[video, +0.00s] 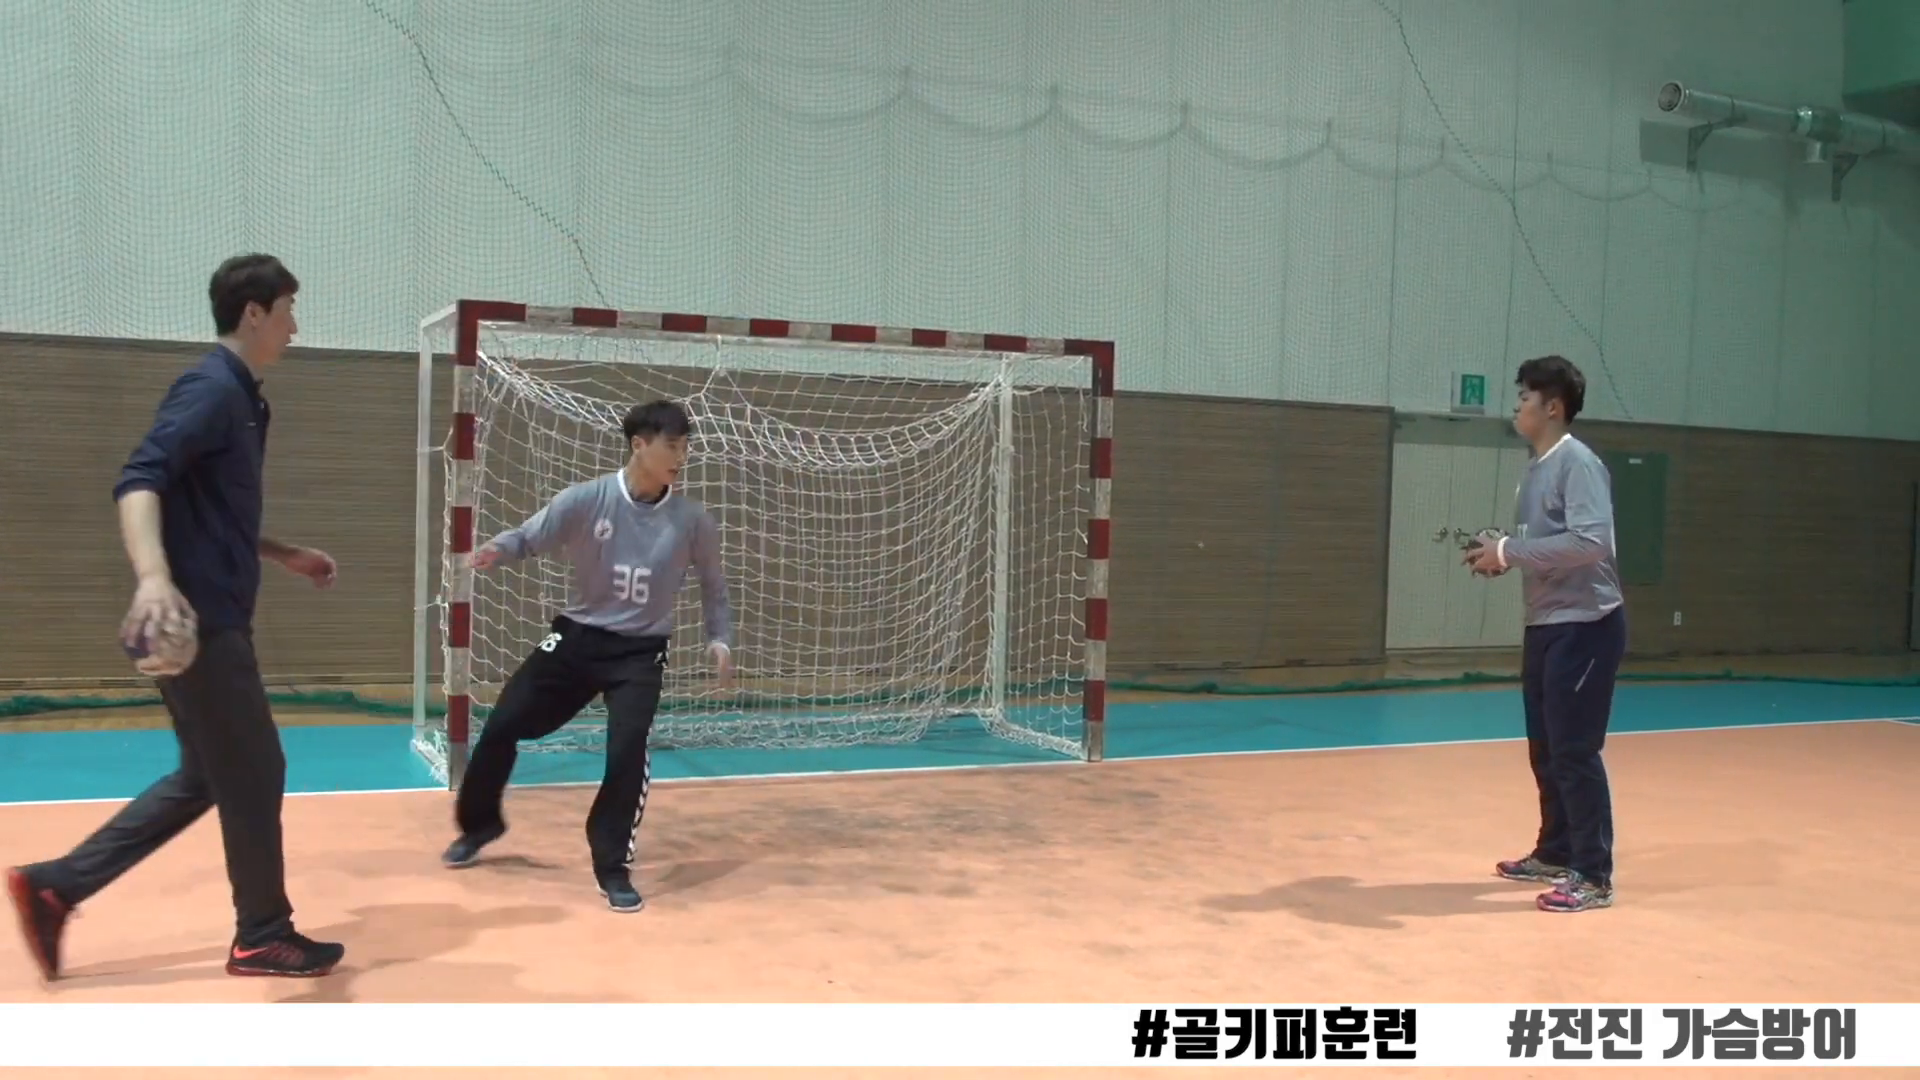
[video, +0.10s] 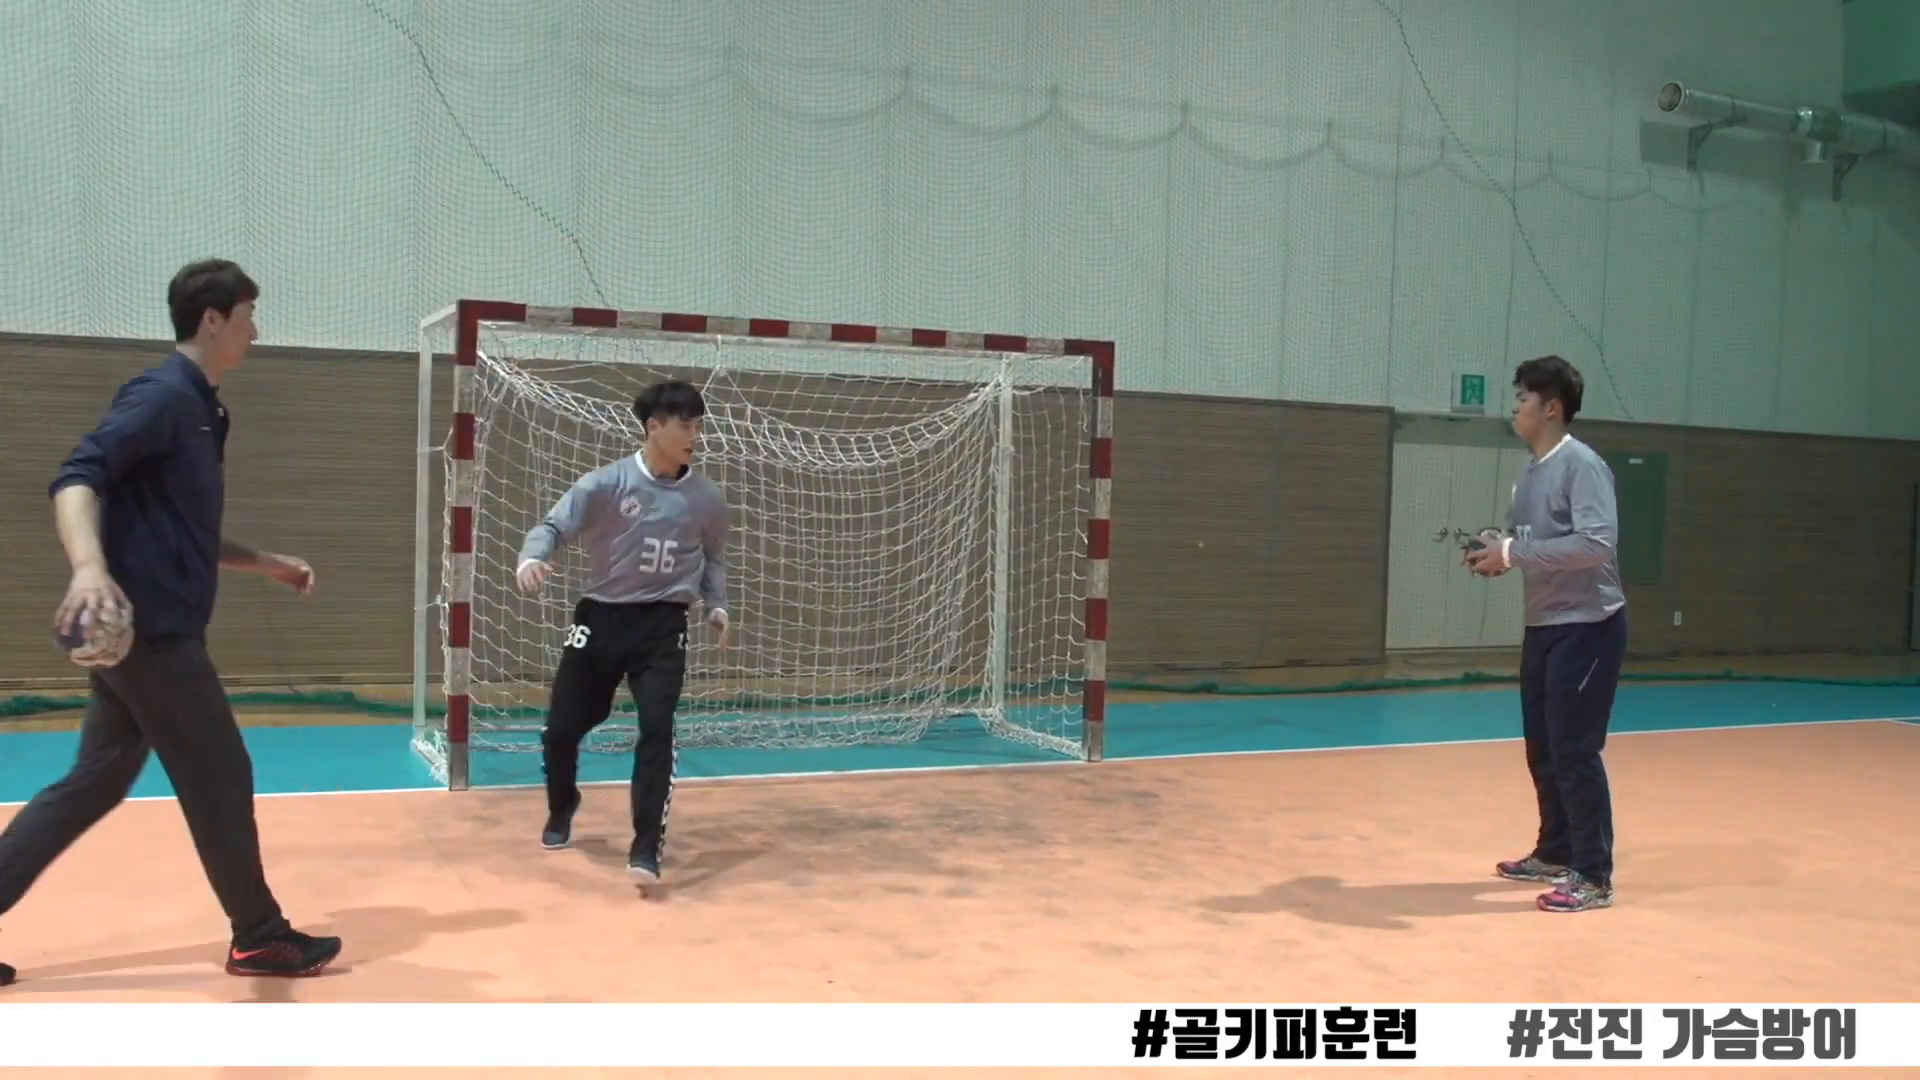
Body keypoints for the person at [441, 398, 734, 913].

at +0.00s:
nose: (681, 456)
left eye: (685, 446)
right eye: (672, 446)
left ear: (686, 449)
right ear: (639, 445)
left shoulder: (694, 521)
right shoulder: (587, 500)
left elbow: (715, 594)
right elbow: (527, 537)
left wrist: (721, 642)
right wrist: (495, 550)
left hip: (641, 654)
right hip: (576, 643)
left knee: (627, 755)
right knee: (502, 725)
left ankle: (614, 868)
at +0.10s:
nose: (695, 435)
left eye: (698, 425)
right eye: (684, 424)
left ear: (698, 431)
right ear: (652, 427)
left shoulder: (707, 500)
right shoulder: (604, 484)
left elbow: (714, 556)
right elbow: (552, 526)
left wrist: (717, 603)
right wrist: (530, 557)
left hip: (662, 625)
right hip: (600, 621)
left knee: (657, 730)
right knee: (561, 729)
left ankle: (646, 846)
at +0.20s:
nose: (710, 436)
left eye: (712, 426)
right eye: (699, 426)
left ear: (715, 433)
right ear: (668, 430)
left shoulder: (720, 499)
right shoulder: (627, 491)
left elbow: (732, 554)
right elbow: (577, 532)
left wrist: (762, 579)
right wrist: (544, 556)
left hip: (688, 626)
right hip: (626, 623)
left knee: (685, 709)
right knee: (597, 725)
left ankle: (684, 806)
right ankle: (580, 816)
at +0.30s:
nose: (737, 424)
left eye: (740, 415)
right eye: (727, 414)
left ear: (742, 420)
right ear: (699, 417)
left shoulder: (757, 479)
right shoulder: (661, 473)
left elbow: (795, 506)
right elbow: (604, 503)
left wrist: (832, 490)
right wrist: (572, 486)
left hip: (717, 613)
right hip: (657, 606)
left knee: (719, 723)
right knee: (608, 706)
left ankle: (710, 778)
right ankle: (577, 814)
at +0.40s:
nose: (777, 425)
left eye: (780, 416)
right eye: (768, 415)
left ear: (781, 418)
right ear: (740, 415)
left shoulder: (790, 467)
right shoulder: (697, 467)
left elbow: (836, 473)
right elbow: (630, 476)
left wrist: (860, 450)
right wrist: (630, 439)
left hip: (755, 600)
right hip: (701, 595)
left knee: (753, 701)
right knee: (667, 692)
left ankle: (715, 787)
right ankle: (643, 779)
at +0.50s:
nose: (819, 442)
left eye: (820, 433)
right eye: (811, 432)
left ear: (818, 435)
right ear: (781, 432)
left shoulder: (824, 479)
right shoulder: (738, 479)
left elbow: (853, 500)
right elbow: (684, 508)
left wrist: (888, 492)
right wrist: (680, 494)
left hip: (793, 604)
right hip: (738, 604)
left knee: (824, 687)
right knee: (722, 698)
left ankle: (772, 758)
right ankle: (712, 758)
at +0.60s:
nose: (854, 475)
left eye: (855, 466)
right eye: (846, 464)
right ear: (817, 465)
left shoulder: (849, 518)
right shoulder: (773, 515)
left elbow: (868, 552)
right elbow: (712, 550)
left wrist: (911, 554)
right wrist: (729, 555)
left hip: (829, 632)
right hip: (771, 634)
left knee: (879, 690)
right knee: (746, 715)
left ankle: (881, 757)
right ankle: (731, 770)